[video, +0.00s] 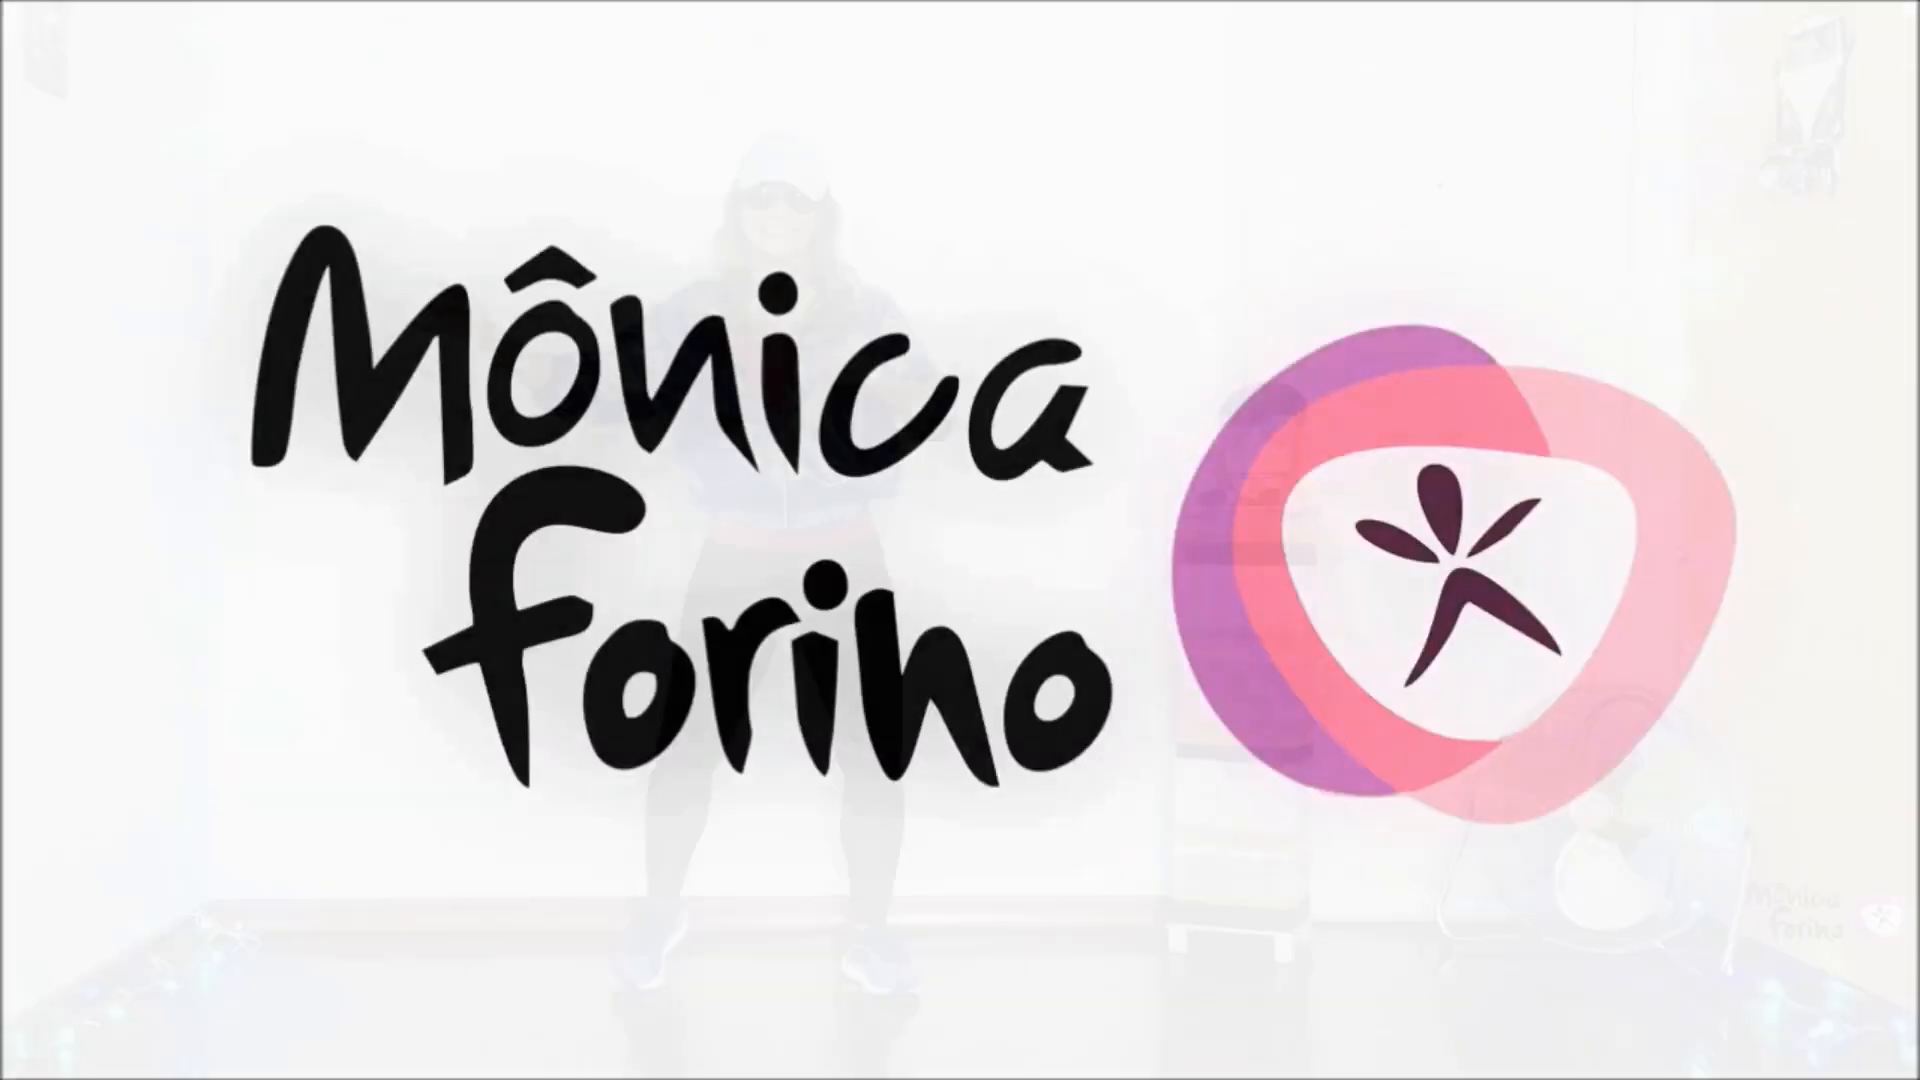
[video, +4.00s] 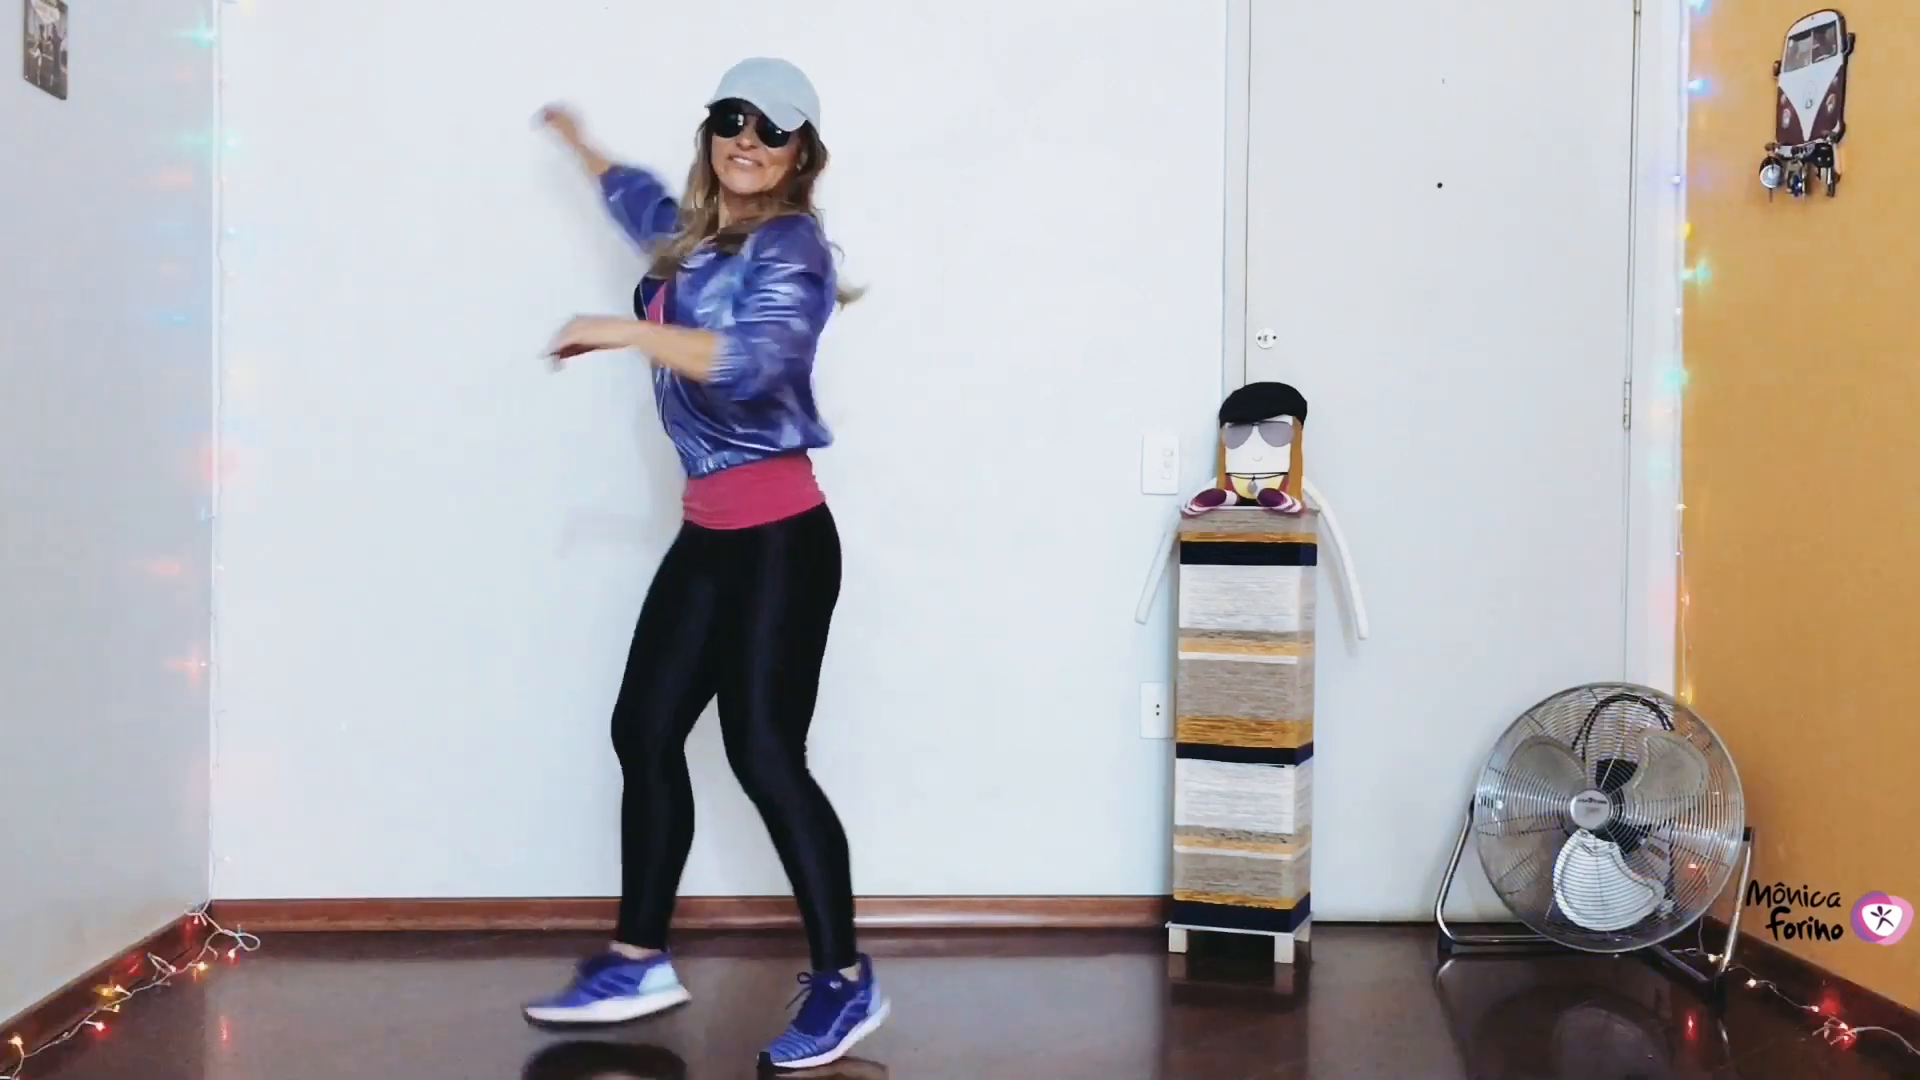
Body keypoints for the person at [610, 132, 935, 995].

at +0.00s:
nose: (774, 231)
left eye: (793, 214)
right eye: (758, 214)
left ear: (824, 222)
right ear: (733, 223)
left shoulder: (857, 317)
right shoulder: (702, 318)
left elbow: (905, 406)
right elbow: (657, 430)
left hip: (845, 554)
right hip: (737, 554)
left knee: (872, 750)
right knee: (696, 742)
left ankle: (868, 928)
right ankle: (658, 915)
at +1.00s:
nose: (704, 201)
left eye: (727, 198)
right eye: (694, 183)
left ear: (748, 225)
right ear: (671, 196)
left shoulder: (735, 325)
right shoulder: (658, 302)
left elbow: (683, 453)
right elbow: (645, 381)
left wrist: (600, 380)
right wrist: (618, 296)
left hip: (699, 563)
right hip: (626, 558)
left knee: (664, 748)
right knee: (612, 743)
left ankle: (787, 852)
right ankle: (662, 926)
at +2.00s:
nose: (712, 185)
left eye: (730, 166)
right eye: (691, 171)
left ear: (762, 176)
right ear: (670, 188)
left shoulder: (801, 277)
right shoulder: (646, 293)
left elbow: (866, 300)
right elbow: (638, 411)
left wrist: (921, 249)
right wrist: (657, 446)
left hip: (789, 564)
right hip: (680, 570)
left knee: (807, 779)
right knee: (685, 782)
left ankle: (809, 992)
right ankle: (680, 975)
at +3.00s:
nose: (721, 211)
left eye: (735, 195)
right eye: (701, 201)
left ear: (758, 201)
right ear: (679, 215)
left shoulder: (745, 269)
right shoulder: (706, 297)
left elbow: (768, 164)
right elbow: (717, 421)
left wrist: (811, 82)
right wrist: (798, 457)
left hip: (728, 513)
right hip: (701, 511)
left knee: (758, 713)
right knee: (769, 703)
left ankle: (680, 918)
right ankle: (722, 921)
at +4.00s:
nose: (745, 143)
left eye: (769, 133)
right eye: (731, 124)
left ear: (799, 153)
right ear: (706, 135)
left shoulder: (791, 246)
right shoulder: (692, 236)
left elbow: (757, 362)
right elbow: (636, 202)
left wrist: (633, 331)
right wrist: (583, 146)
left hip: (784, 538)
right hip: (706, 536)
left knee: (764, 751)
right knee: (645, 729)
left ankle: (842, 981)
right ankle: (640, 960)